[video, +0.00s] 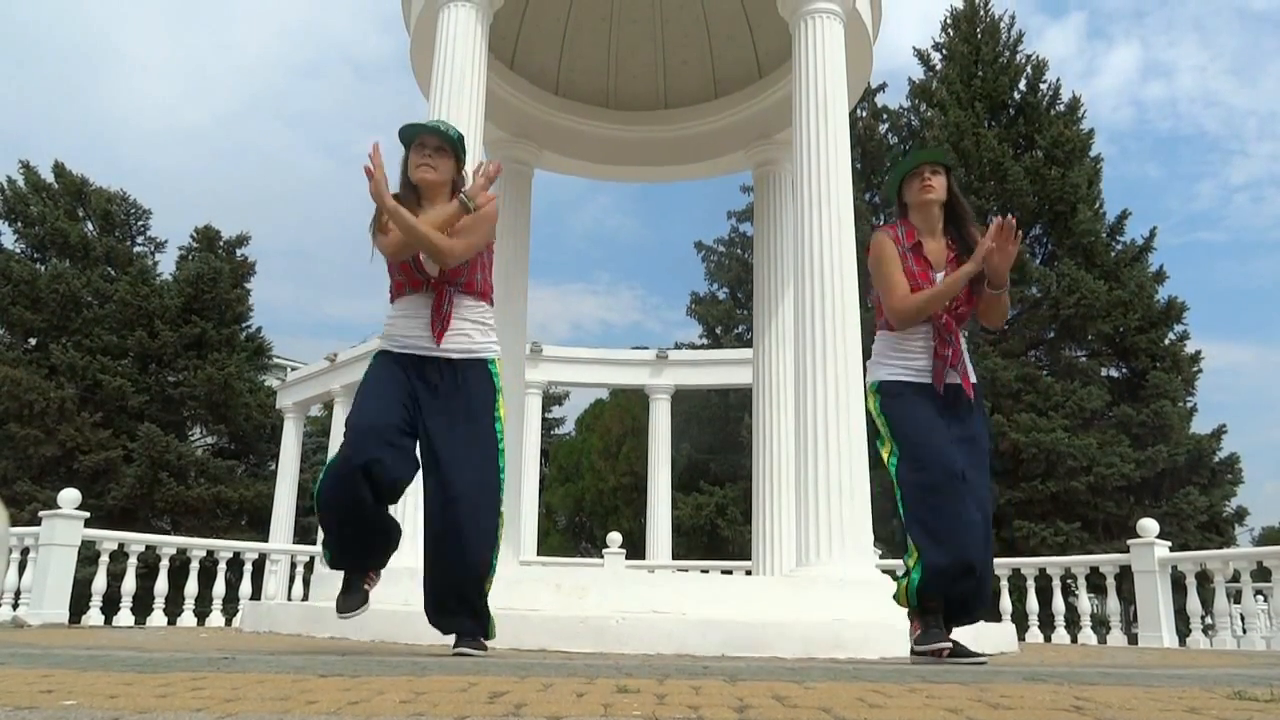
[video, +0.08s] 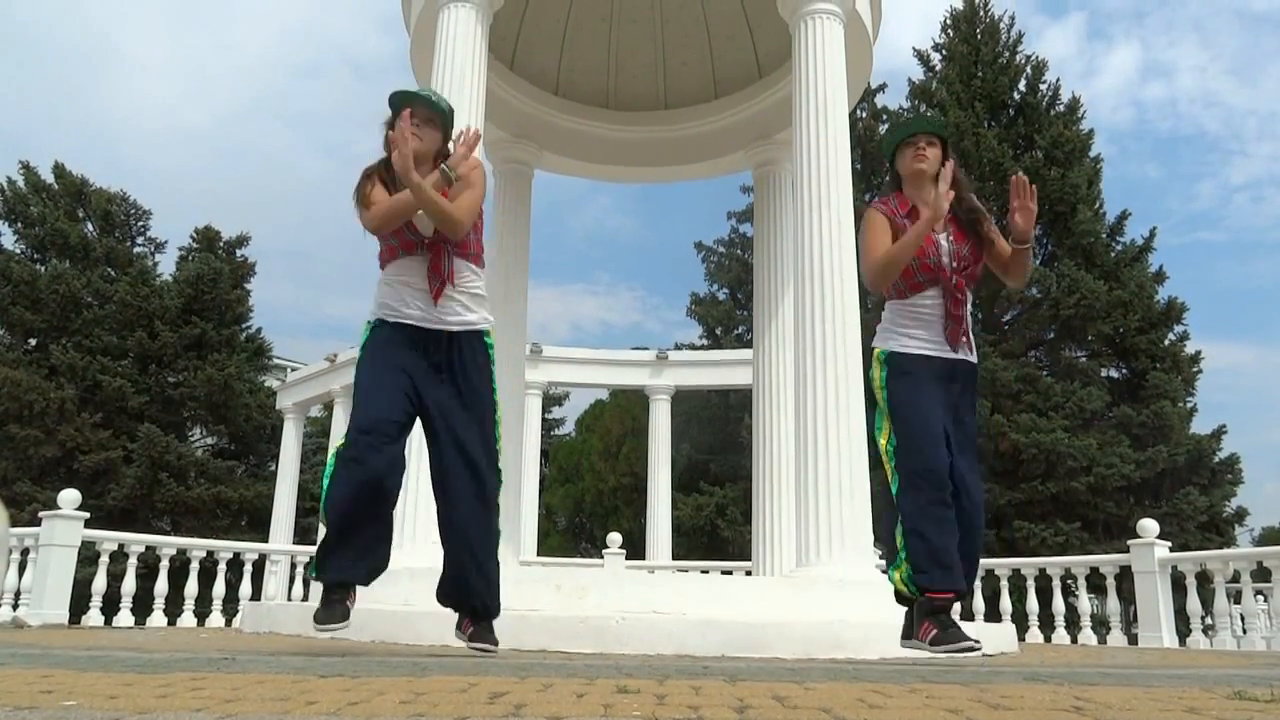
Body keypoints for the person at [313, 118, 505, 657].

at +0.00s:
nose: (426, 157)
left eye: (438, 151)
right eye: (419, 149)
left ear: (459, 166)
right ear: (406, 162)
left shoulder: (484, 208)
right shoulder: (388, 214)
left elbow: (447, 251)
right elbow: (392, 247)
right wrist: (464, 205)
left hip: (466, 365)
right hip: (398, 360)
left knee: (467, 497)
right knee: (355, 469)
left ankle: (467, 628)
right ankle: (365, 554)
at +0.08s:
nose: (412, 131)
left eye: (425, 125)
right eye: (405, 122)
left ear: (444, 138)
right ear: (390, 132)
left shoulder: (469, 170)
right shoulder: (374, 178)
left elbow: (458, 224)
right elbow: (378, 221)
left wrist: (415, 179)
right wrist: (440, 172)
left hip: (463, 341)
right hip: (394, 335)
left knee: (470, 472)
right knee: (369, 452)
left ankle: (474, 610)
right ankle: (339, 583)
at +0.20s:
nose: (401, 115)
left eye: (414, 110)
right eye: (390, 106)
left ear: (427, 124)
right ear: (370, 117)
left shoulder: (454, 164)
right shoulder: (354, 167)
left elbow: (500, 231)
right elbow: (320, 226)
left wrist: (490, 179)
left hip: (452, 339)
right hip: (380, 335)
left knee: (474, 465)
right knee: (359, 464)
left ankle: (483, 588)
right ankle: (315, 608)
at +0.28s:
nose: (393, 122)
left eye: (406, 118)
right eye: (383, 114)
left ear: (422, 137)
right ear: (364, 129)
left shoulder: (443, 185)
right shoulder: (341, 186)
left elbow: (499, 252)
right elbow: (288, 256)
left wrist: (523, 206)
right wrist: (263, 183)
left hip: (435, 360)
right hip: (364, 355)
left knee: (469, 482)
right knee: (352, 477)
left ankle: (482, 590)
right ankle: (316, 621)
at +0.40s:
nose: (391, 115)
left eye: (404, 113)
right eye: (382, 107)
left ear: (420, 136)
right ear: (363, 124)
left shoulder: (440, 192)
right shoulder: (336, 195)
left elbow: (446, 276)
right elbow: (316, 275)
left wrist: (493, 243)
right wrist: (261, 216)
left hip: (431, 357)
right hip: (361, 352)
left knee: (449, 477)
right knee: (364, 468)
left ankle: (440, 607)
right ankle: (317, 623)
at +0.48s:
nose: (397, 115)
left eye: (410, 111)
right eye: (387, 106)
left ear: (422, 131)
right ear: (365, 119)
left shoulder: (441, 183)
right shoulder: (339, 179)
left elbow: (468, 268)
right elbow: (327, 263)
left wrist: (482, 226)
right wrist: (341, 194)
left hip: (430, 346)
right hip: (363, 341)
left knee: (434, 482)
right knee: (374, 467)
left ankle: (412, 611)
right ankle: (315, 623)